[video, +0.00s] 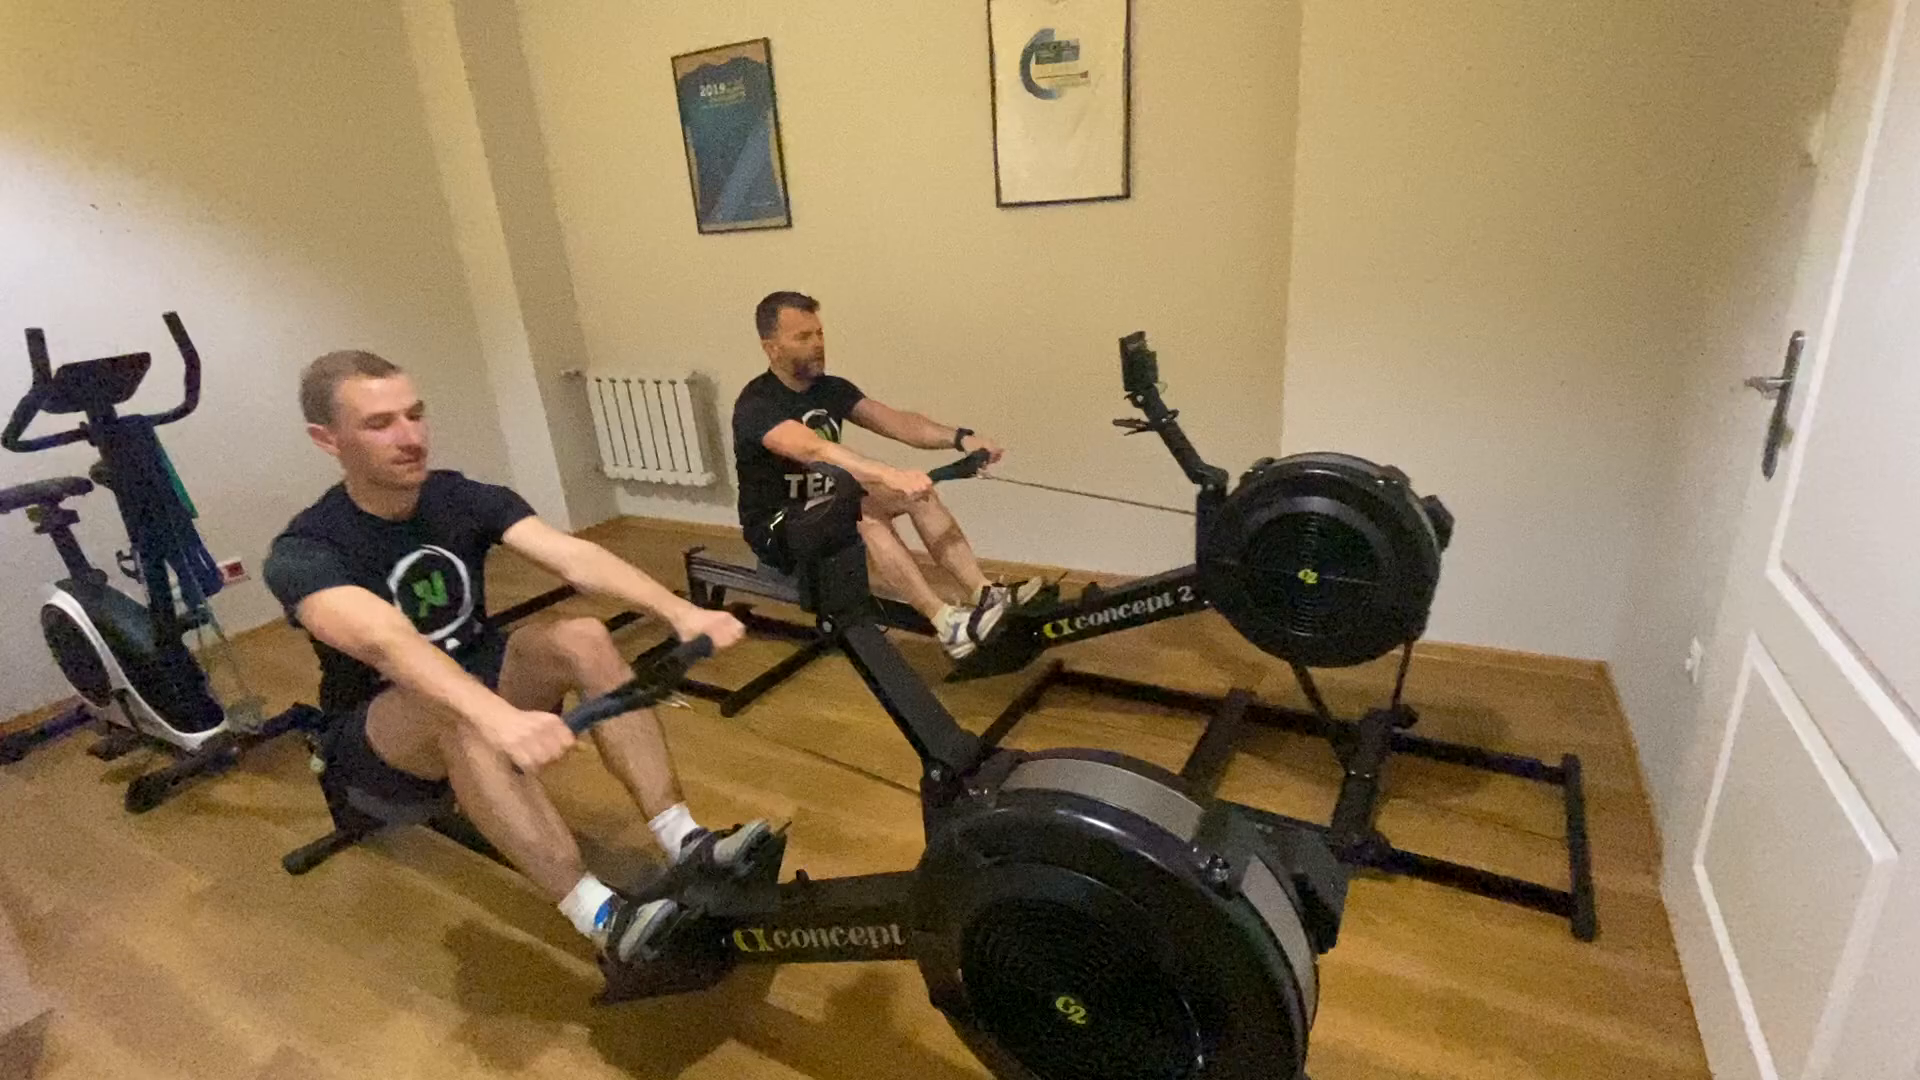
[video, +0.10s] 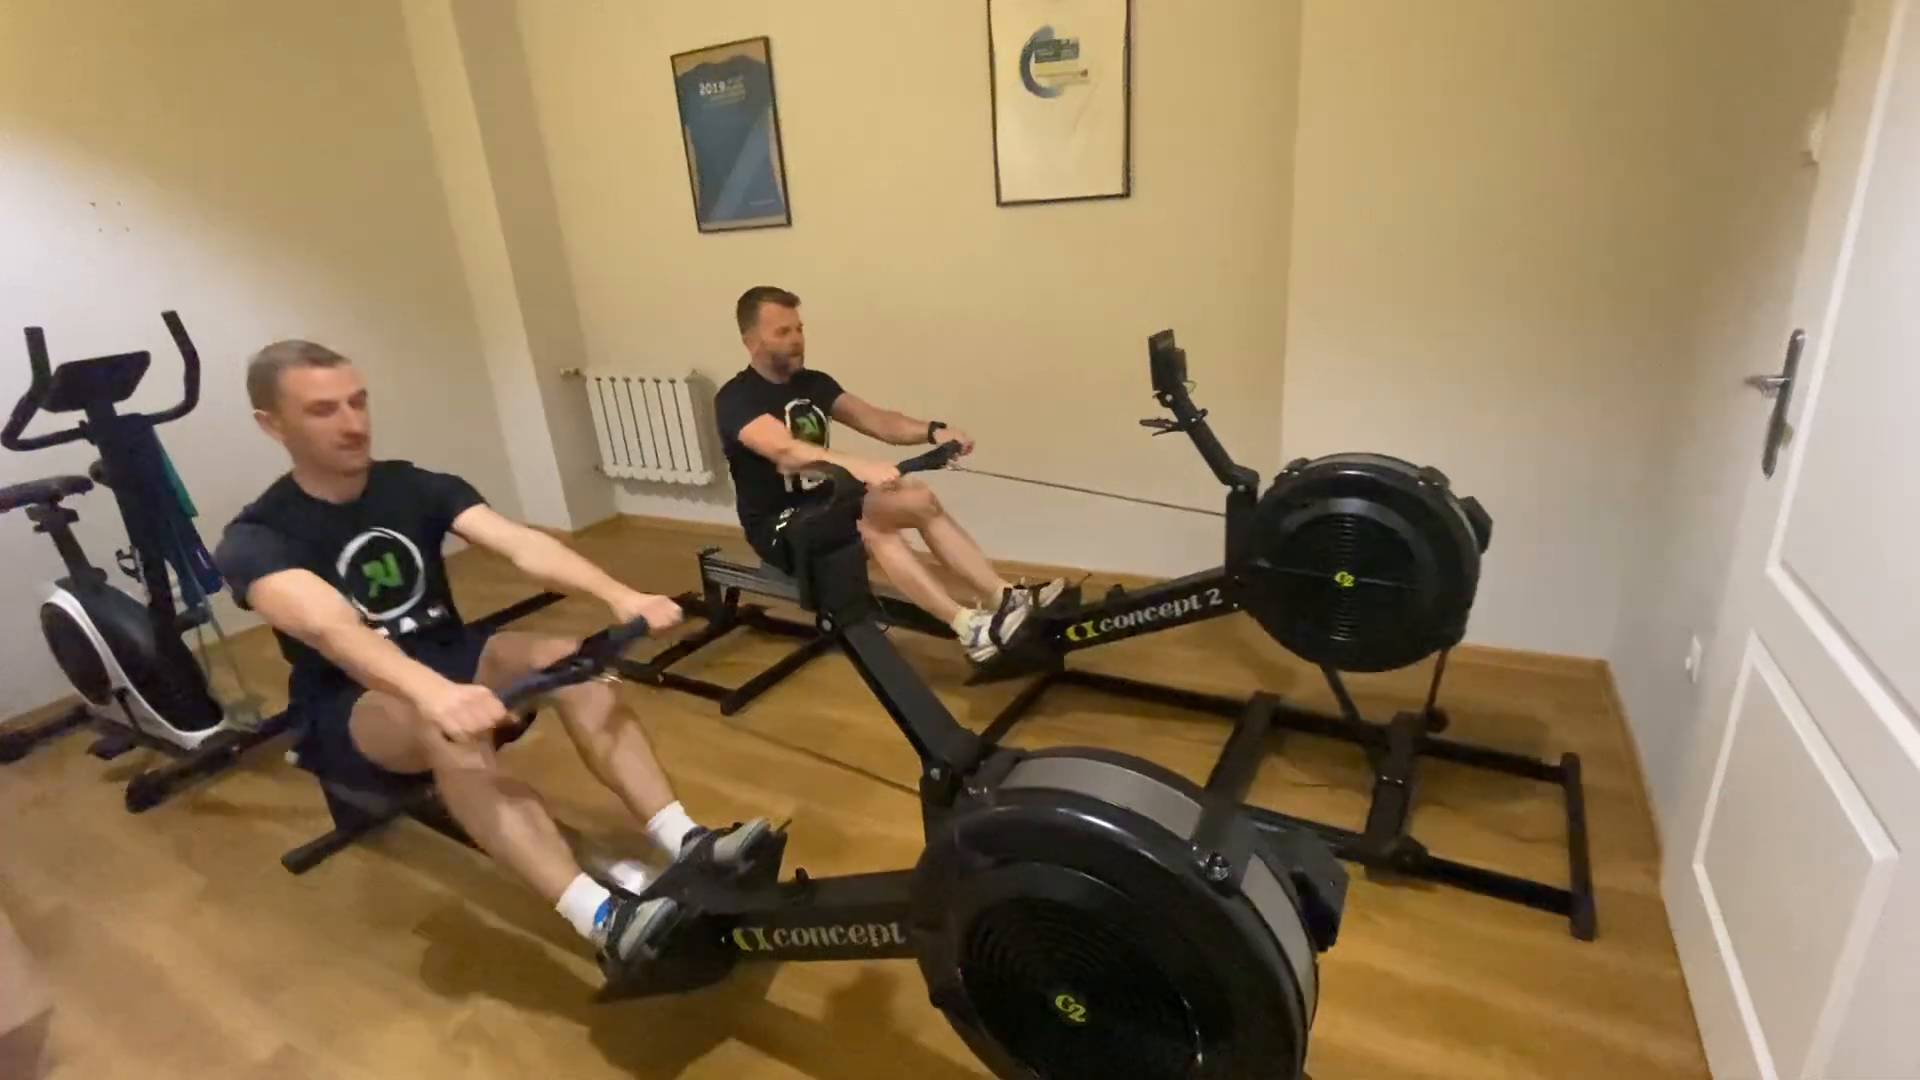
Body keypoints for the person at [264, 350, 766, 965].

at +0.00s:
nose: (409, 436)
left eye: (414, 414)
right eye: (380, 424)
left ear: (425, 413)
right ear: (328, 440)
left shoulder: (458, 499)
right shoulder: (303, 554)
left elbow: (572, 557)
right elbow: (387, 641)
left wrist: (680, 610)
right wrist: (496, 718)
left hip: (475, 682)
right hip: (371, 731)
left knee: (585, 638)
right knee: (463, 716)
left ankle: (688, 847)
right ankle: (605, 918)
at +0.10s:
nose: (353, 423)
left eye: (358, 403)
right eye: (325, 411)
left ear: (368, 401)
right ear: (273, 426)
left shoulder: (410, 486)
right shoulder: (256, 540)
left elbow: (520, 544)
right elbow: (335, 630)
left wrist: (622, 596)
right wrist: (437, 693)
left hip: (450, 658)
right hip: (352, 699)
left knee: (568, 659)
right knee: (449, 727)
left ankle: (688, 843)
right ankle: (604, 920)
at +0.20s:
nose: (315, 418)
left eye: (320, 398)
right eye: (289, 408)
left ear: (329, 394)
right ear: (236, 422)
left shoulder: (379, 482)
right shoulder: (223, 532)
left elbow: (484, 545)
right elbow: (280, 633)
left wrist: (568, 584)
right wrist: (377, 679)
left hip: (428, 656)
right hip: (328, 695)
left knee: (555, 683)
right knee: (437, 731)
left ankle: (688, 844)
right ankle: (601, 919)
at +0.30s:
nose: (278, 427)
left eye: (283, 406)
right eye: (252, 416)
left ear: (295, 399)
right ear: (203, 426)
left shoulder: (349, 484)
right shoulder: (189, 535)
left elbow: (446, 552)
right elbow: (220, 652)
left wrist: (507, 573)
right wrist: (311, 670)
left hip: (402, 653)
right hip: (304, 696)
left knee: (527, 705)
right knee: (426, 753)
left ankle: (687, 842)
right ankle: (599, 920)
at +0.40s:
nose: (261, 436)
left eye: (266, 415)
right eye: (236, 427)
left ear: (276, 407)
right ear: (189, 437)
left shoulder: (334, 492)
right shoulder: (177, 541)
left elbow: (424, 562)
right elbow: (176, 672)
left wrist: (452, 565)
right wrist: (261, 667)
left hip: (395, 646)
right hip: (303, 689)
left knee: (520, 721)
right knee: (429, 772)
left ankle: (688, 841)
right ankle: (605, 922)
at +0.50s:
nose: (254, 445)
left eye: (258, 425)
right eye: (229, 436)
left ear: (269, 417)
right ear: (185, 448)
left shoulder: (327, 497)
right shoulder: (170, 551)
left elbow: (398, 554)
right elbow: (145, 678)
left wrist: (430, 562)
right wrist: (205, 662)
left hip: (392, 646)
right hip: (305, 691)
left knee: (515, 725)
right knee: (428, 777)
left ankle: (688, 839)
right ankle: (604, 920)